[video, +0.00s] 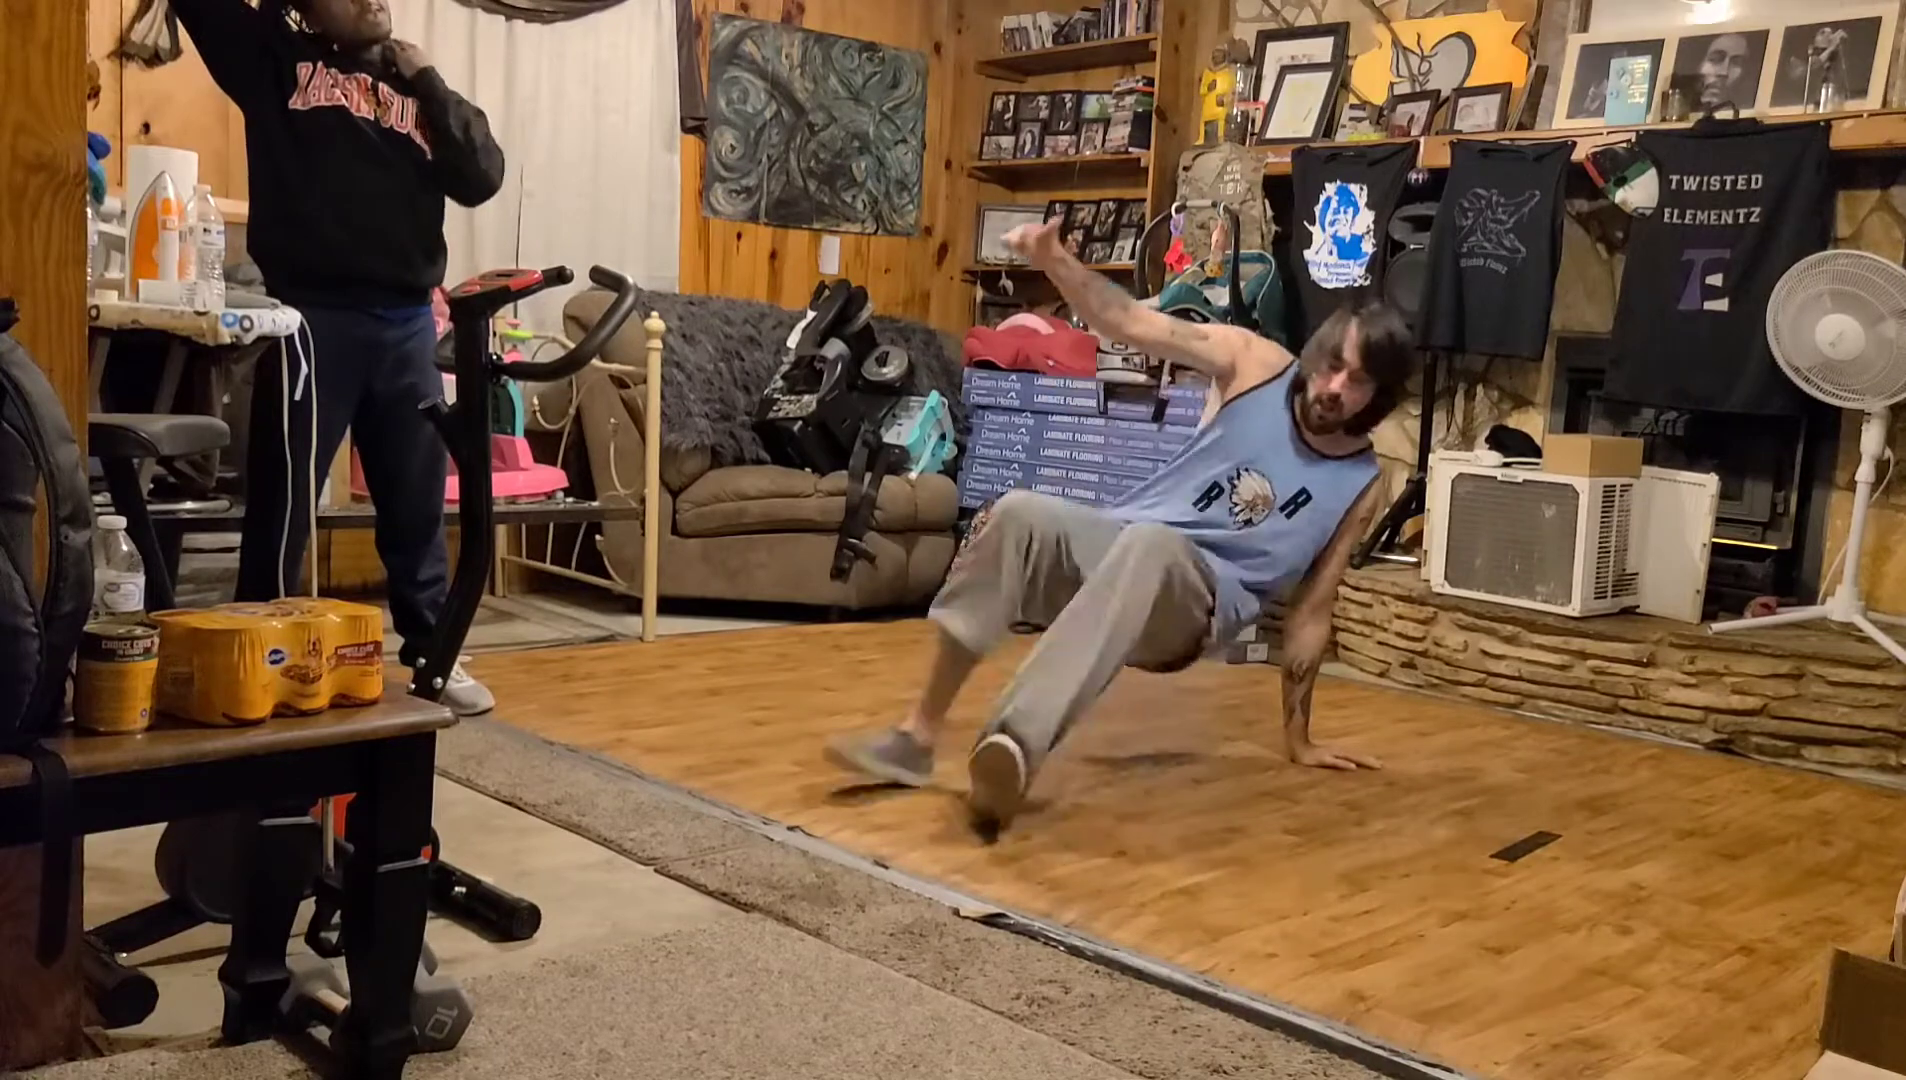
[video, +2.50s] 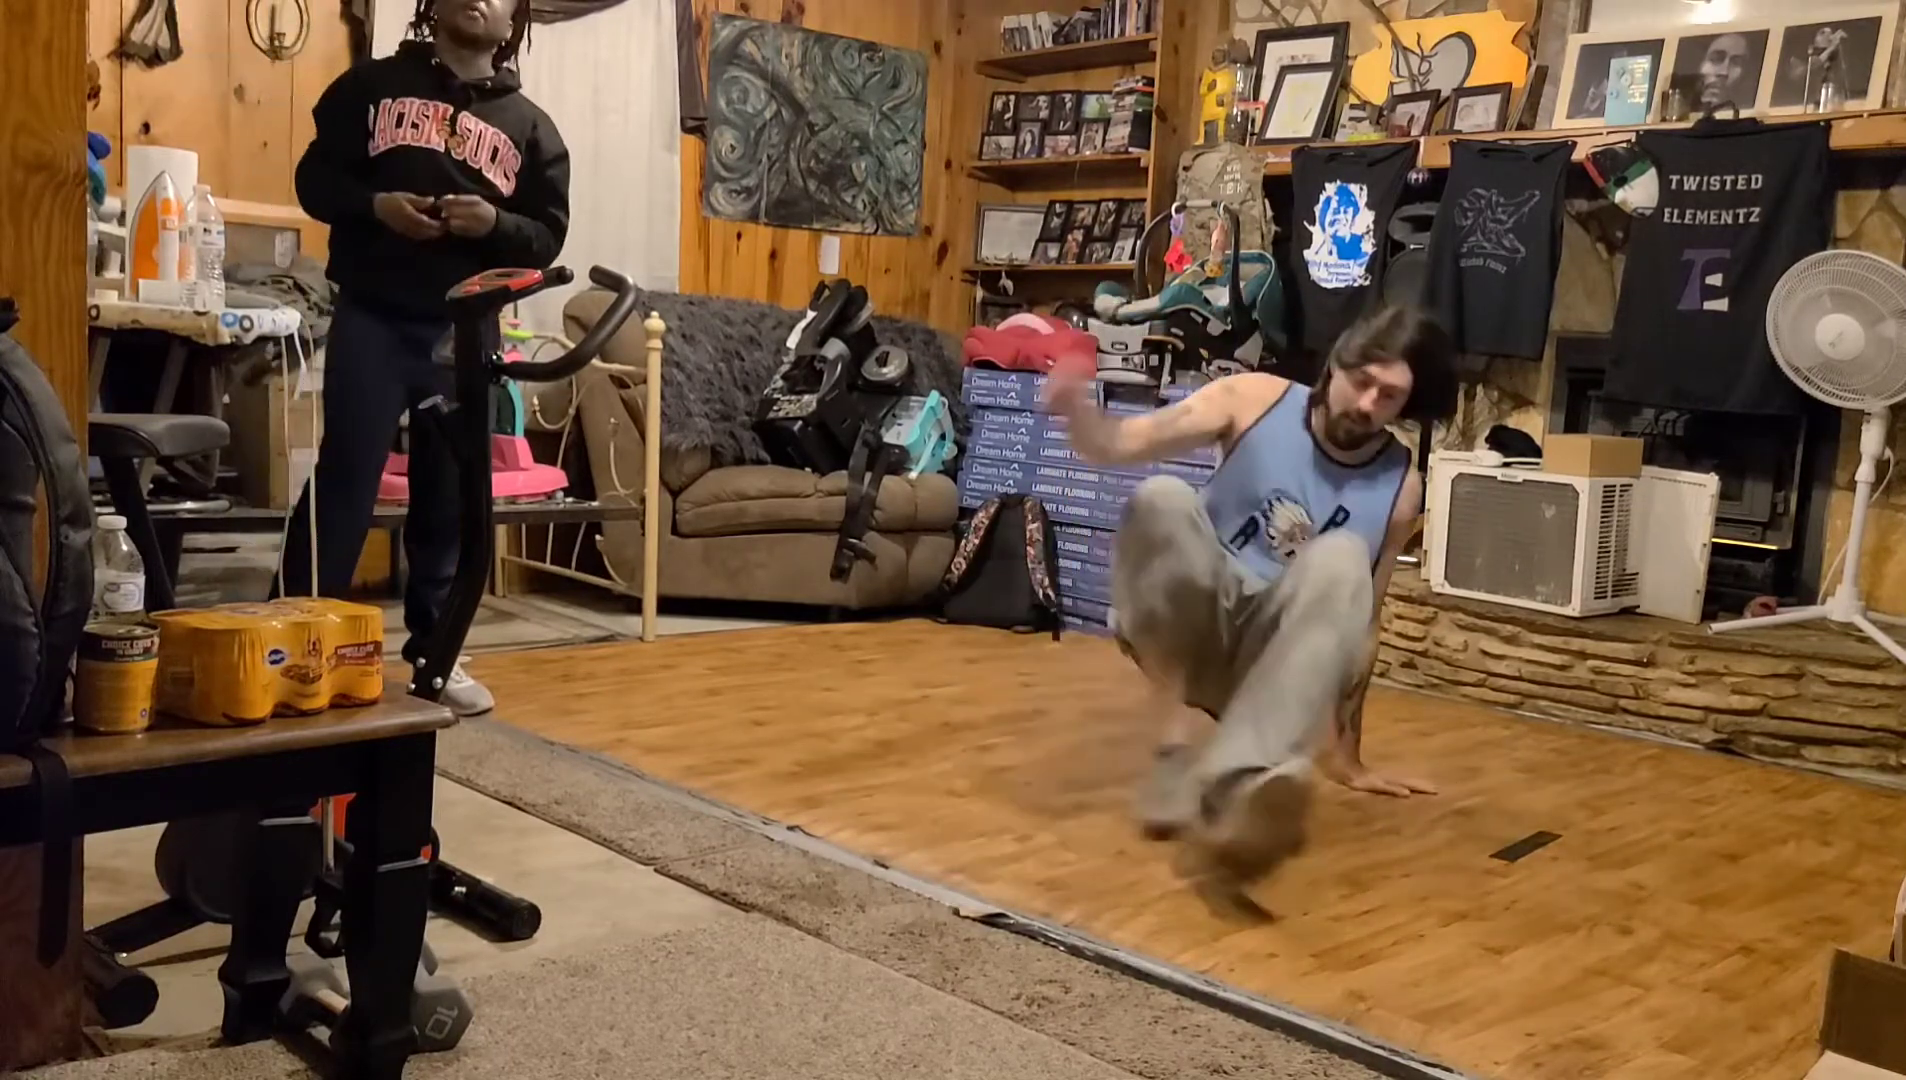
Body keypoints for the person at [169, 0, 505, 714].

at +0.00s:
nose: (374, 2)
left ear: (383, 7)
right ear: (306, 8)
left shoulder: (418, 87)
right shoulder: (273, 58)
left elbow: (481, 180)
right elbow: (195, 0)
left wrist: (429, 85)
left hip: (405, 323)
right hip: (308, 319)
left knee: (416, 502)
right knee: (283, 503)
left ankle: (432, 658)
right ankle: (259, 663)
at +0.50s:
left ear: (383, 10)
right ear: (308, 9)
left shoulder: (417, 94)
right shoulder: (275, 57)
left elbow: (472, 196)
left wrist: (435, 93)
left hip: (405, 325)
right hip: (308, 320)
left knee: (415, 503)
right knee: (282, 502)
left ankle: (433, 657)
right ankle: (258, 662)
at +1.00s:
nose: (378, 3)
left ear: (385, 8)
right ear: (310, 10)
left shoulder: (419, 86)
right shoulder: (272, 56)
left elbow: (472, 181)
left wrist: (430, 79)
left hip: (403, 324)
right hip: (306, 319)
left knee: (415, 502)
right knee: (280, 502)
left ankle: (433, 657)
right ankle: (256, 661)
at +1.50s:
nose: (386, 3)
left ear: (401, 11)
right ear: (331, 2)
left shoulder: (429, 99)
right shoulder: (287, 63)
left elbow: (448, 220)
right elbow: (234, 121)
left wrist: (463, 141)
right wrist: (257, 22)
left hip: (398, 325)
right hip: (298, 322)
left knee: (413, 499)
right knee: (278, 499)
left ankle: (432, 658)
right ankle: (252, 660)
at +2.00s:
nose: (452, 9)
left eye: (454, 1)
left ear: (443, 15)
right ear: (379, 3)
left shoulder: (462, 110)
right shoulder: (313, 78)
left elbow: (474, 227)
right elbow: (282, 182)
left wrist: (500, 159)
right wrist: (367, 139)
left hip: (423, 328)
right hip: (328, 325)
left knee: (428, 500)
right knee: (302, 496)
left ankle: (432, 657)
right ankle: (258, 656)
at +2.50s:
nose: (482, 3)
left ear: (513, 21)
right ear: (434, 6)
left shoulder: (532, 127)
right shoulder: (369, 85)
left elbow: (548, 238)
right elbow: (314, 181)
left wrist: (496, 223)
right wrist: (376, 204)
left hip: (465, 332)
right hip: (372, 323)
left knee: (449, 500)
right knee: (346, 487)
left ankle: (435, 657)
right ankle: (294, 648)